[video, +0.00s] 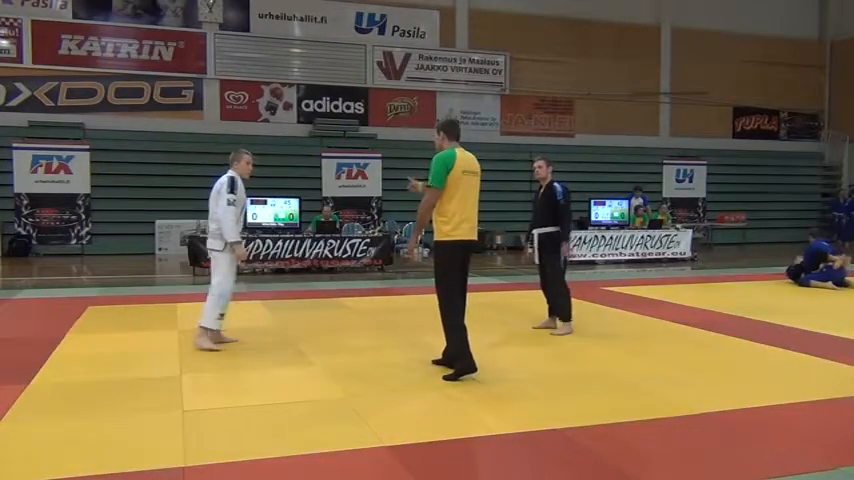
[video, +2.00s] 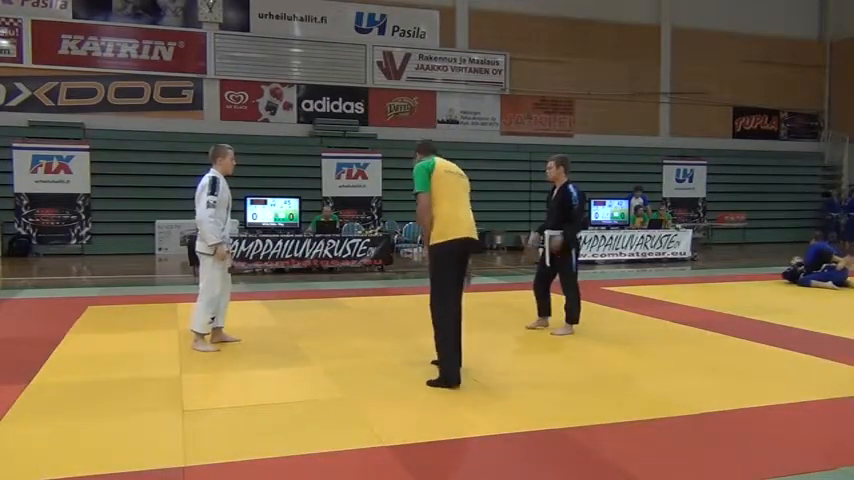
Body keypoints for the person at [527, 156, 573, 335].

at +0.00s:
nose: (536, 171)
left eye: (539, 167)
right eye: (535, 169)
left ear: (549, 169)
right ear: (535, 172)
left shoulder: (558, 189)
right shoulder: (538, 192)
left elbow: (565, 216)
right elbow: (535, 219)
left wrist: (565, 240)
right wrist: (529, 242)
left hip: (554, 239)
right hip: (540, 240)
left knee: (557, 280)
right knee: (545, 279)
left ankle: (566, 321)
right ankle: (551, 317)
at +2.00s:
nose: (547, 172)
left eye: (550, 168)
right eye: (547, 169)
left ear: (561, 169)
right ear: (554, 171)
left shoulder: (572, 192)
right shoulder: (553, 192)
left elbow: (577, 221)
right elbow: (551, 219)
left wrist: (563, 238)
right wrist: (538, 232)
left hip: (567, 243)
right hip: (551, 242)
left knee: (569, 284)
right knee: (540, 283)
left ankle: (570, 324)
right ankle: (543, 318)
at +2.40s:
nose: (526, 176)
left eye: (528, 172)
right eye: (525, 173)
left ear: (539, 171)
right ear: (530, 174)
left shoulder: (554, 189)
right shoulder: (534, 193)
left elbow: (563, 218)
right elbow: (532, 220)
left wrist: (544, 222)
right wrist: (517, 230)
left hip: (557, 243)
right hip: (541, 243)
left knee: (564, 282)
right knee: (535, 282)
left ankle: (569, 323)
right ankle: (527, 319)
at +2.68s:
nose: (506, 179)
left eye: (508, 175)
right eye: (505, 176)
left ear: (518, 173)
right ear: (515, 175)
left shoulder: (534, 190)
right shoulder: (517, 193)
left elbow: (538, 216)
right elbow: (513, 219)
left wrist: (535, 238)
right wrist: (500, 241)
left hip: (541, 238)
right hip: (525, 239)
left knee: (543, 281)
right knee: (523, 282)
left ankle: (560, 317)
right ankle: (524, 320)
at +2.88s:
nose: (502, 180)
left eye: (503, 176)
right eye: (501, 177)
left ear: (510, 173)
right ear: (507, 174)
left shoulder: (526, 189)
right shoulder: (509, 194)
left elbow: (534, 215)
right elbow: (510, 219)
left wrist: (530, 239)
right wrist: (504, 240)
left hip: (530, 237)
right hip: (516, 238)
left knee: (531, 280)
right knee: (518, 280)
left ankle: (542, 321)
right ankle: (523, 319)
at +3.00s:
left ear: (508, 176)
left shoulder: (523, 191)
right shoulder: (502, 194)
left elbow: (530, 219)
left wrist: (523, 242)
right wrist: (505, 242)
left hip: (528, 240)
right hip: (513, 240)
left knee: (526, 281)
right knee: (514, 282)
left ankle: (523, 322)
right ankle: (521, 318)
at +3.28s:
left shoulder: (519, 196)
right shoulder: (495, 195)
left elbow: (521, 221)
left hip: (517, 240)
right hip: (500, 239)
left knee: (512, 283)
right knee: (498, 280)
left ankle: (507, 327)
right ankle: (517, 312)